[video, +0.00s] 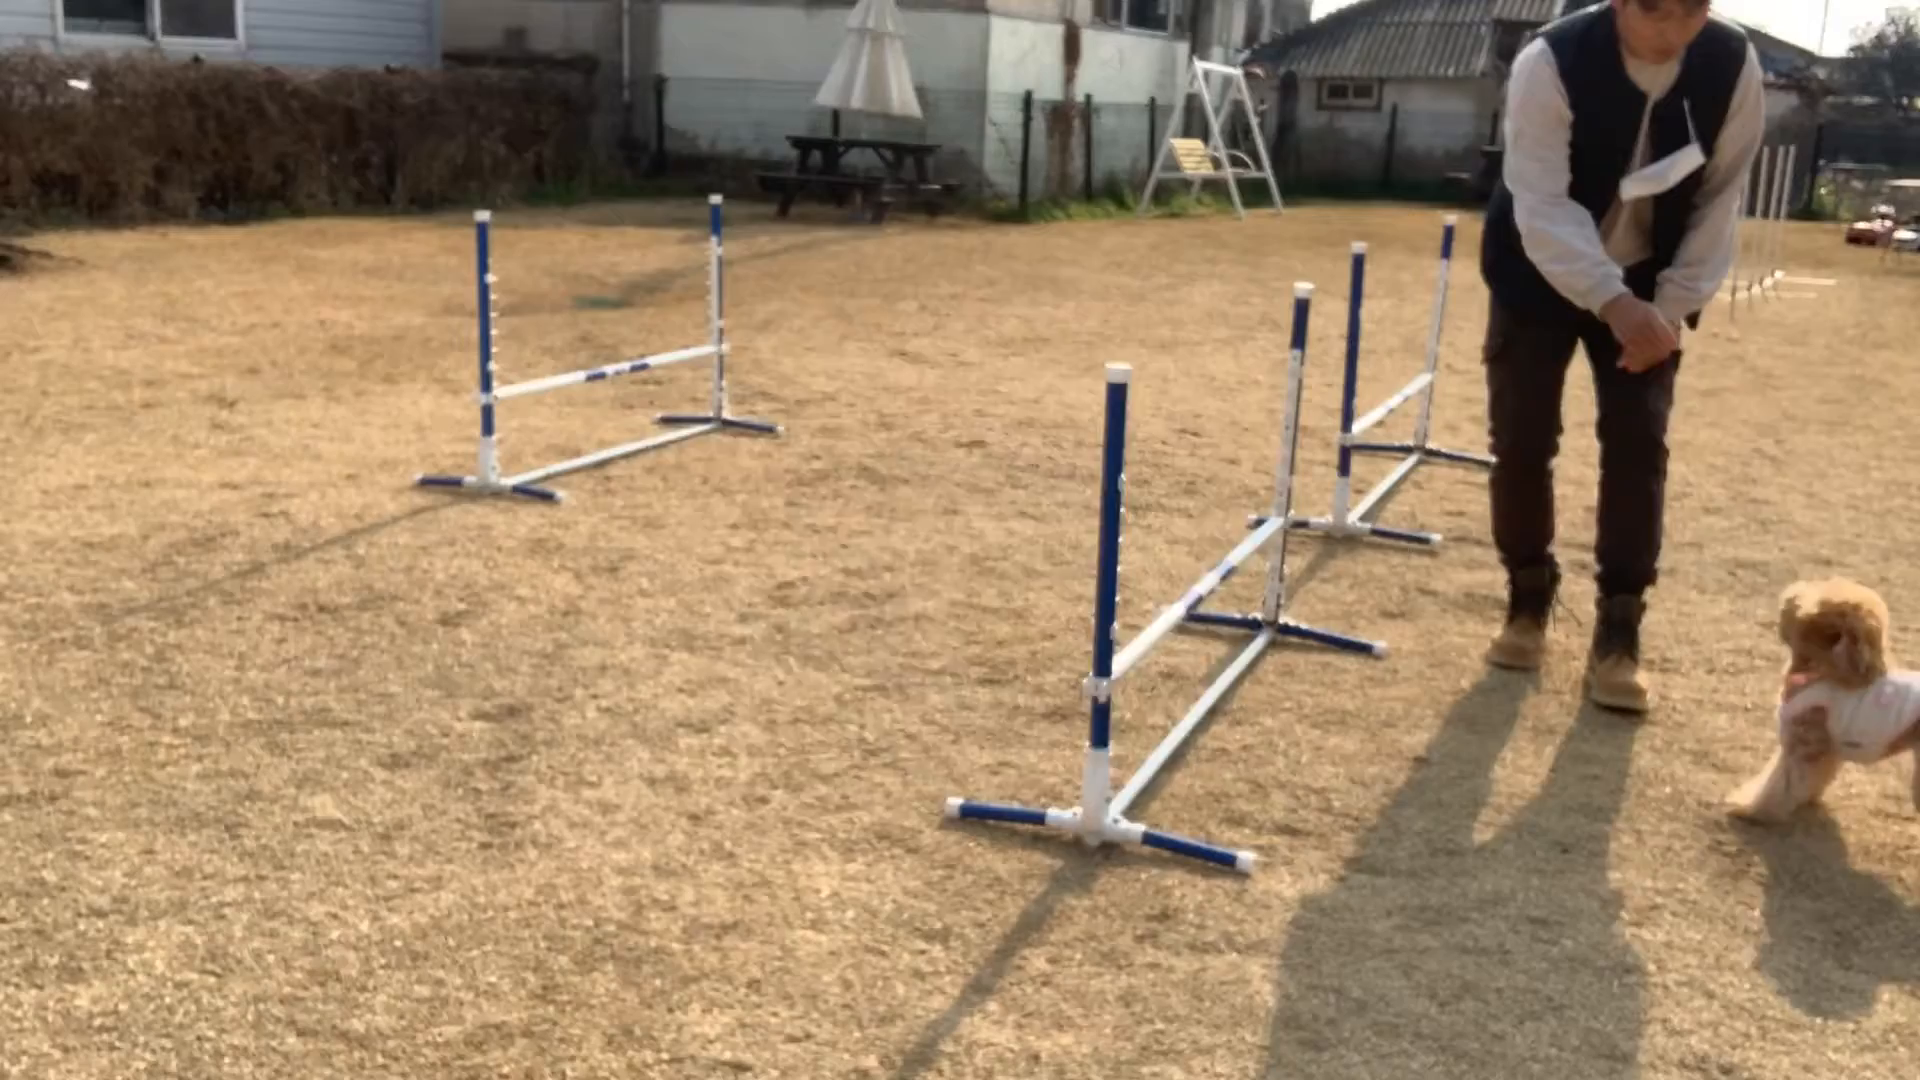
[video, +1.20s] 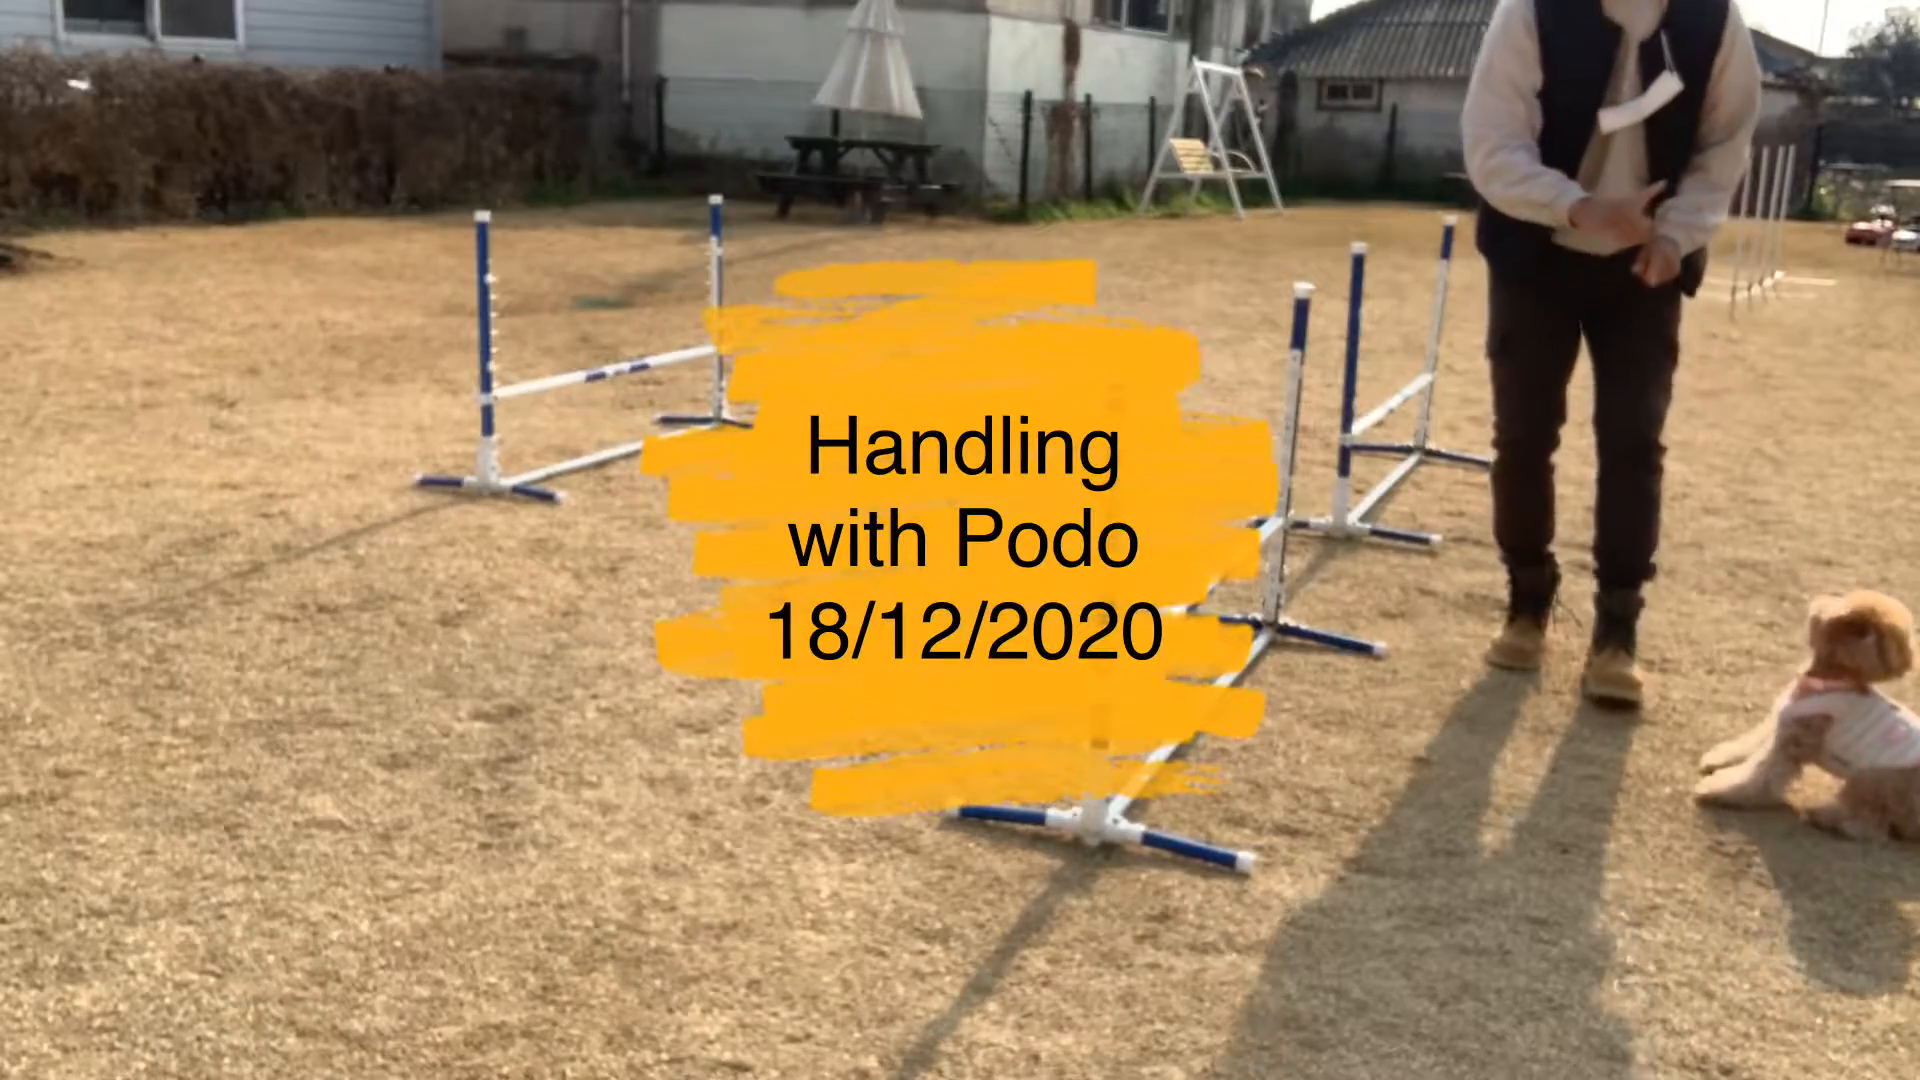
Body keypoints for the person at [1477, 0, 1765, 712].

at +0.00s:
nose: (1679, 26)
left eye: (1691, 12)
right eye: (1662, 13)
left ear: (1706, 8)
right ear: (1622, 3)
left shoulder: (1734, 68)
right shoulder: (1549, 63)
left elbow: (1721, 202)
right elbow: (1541, 209)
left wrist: (1672, 309)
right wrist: (1614, 299)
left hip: (1648, 282)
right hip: (1538, 269)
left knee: (1638, 449)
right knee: (1520, 444)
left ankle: (1618, 639)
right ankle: (1525, 605)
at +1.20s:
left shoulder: (1714, 20)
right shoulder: (1529, 15)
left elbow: (1728, 141)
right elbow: (1491, 151)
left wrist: (1680, 230)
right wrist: (1577, 207)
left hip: (1644, 268)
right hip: (1535, 257)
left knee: (1633, 445)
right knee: (1523, 438)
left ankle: (1616, 633)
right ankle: (1527, 603)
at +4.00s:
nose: (1330, 38)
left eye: (1339, 25)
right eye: (1329, 20)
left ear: (1281, 3)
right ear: (1292, 3)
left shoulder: (1226, 26)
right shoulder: (1247, 75)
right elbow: (1298, 201)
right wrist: (1384, 285)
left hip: (1136, 223)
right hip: (1181, 246)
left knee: (1181, 368)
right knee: (1265, 364)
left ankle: (1097, 482)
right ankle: (1305, 515)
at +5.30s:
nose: (908, 5)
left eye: (908, 1)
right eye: (908, 2)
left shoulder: (941, 26)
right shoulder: (988, 19)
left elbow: (945, 125)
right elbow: (1000, 119)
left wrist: (921, 215)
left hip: (995, 196)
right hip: (1029, 191)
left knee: (943, 340)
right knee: (958, 315)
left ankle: (1063, 416)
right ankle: (968, 436)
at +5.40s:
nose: (867, 5)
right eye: (868, 1)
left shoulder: (901, 25)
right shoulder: (940, 20)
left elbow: (926, 116)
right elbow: (964, 111)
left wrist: (919, 209)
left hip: (965, 191)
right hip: (997, 188)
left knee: (871, 301)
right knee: (929, 307)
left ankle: (941, 418)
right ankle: (969, 434)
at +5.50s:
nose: (829, 9)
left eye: (829, 3)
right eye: (829, 5)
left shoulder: (869, 23)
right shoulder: (897, 19)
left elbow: (901, 110)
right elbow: (920, 111)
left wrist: (903, 205)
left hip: (930, 193)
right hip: (960, 189)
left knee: (841, 298)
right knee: (908, 308)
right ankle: (963, 426)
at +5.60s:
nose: (789, 10)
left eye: (791, 4)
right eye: (790, 5)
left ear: (804, 1)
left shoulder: (834, 32)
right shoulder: (854, 24)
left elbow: (867, 124)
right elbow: (864, 124)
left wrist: (866, 216)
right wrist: (809, 158)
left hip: (877, 203)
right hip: (907, 198)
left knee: (800, 313)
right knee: (865, 316)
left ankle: (752, 430)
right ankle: (949, 414)